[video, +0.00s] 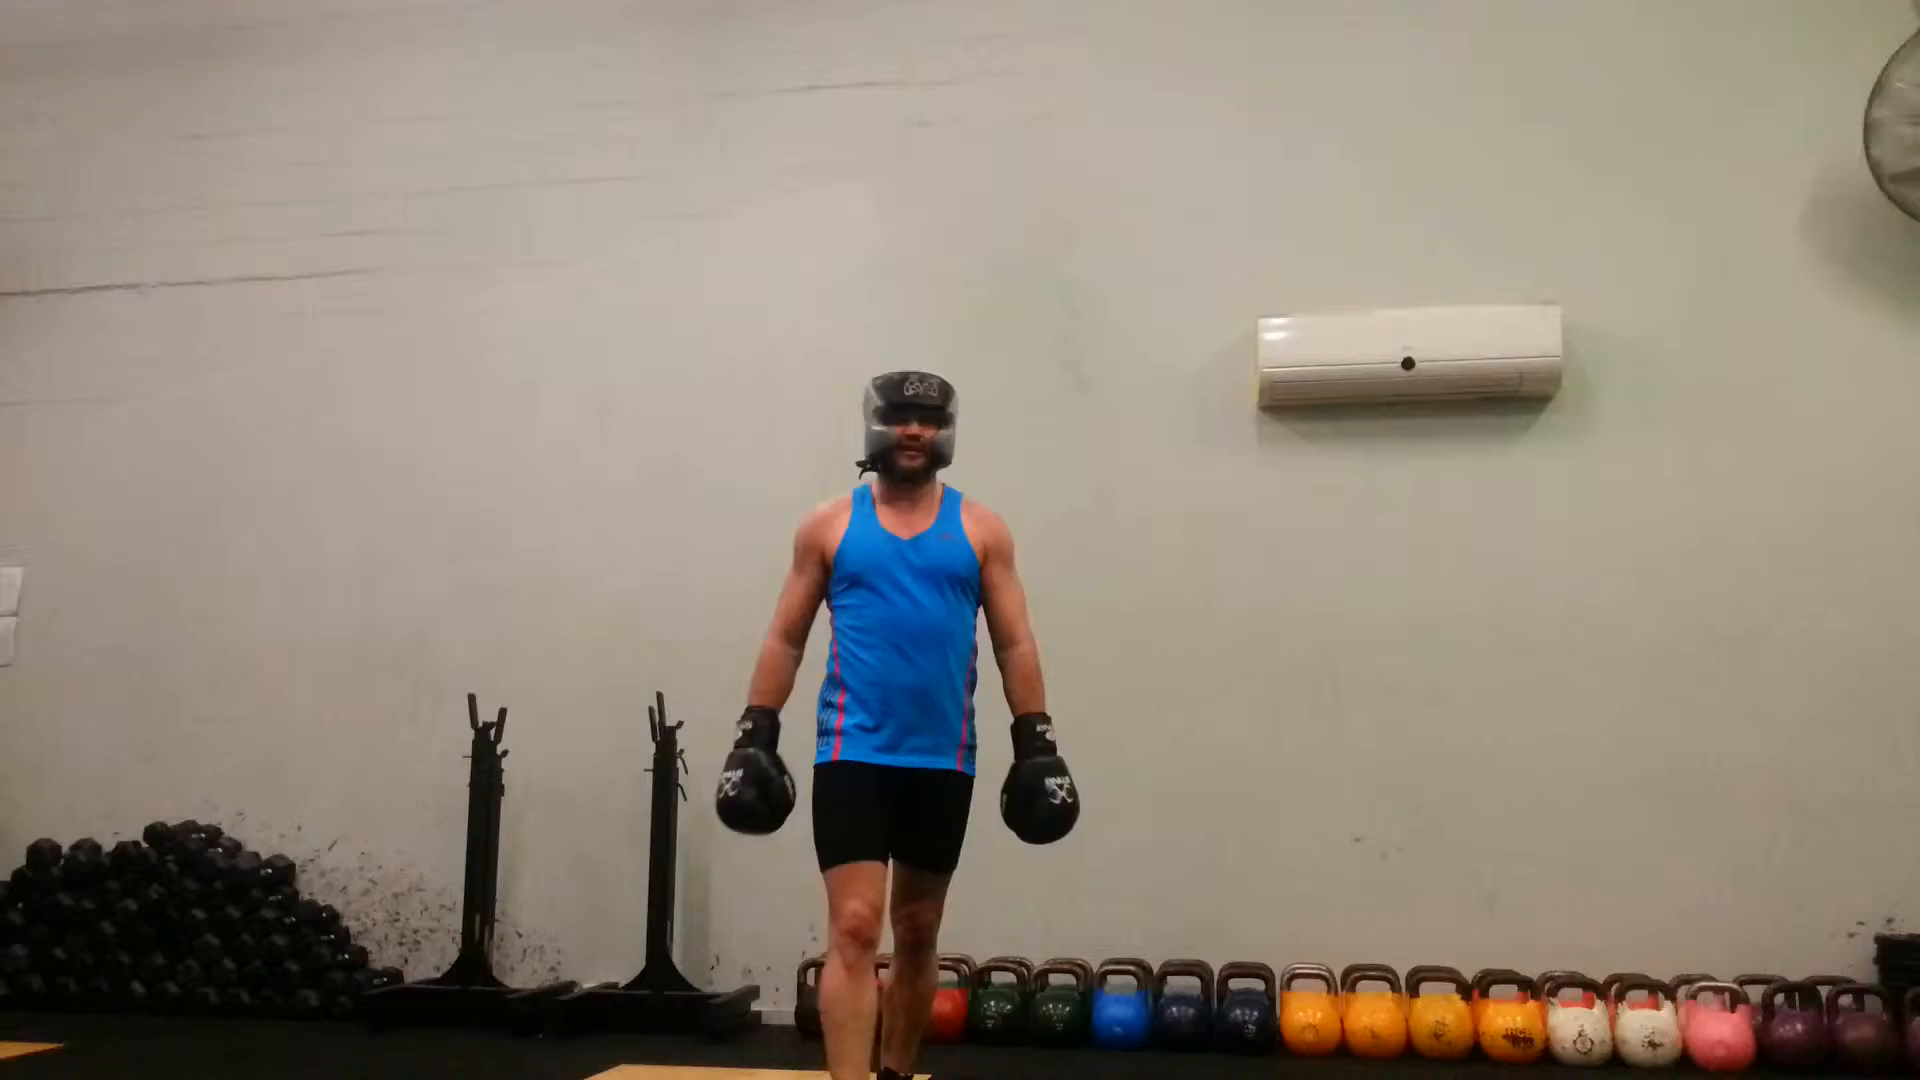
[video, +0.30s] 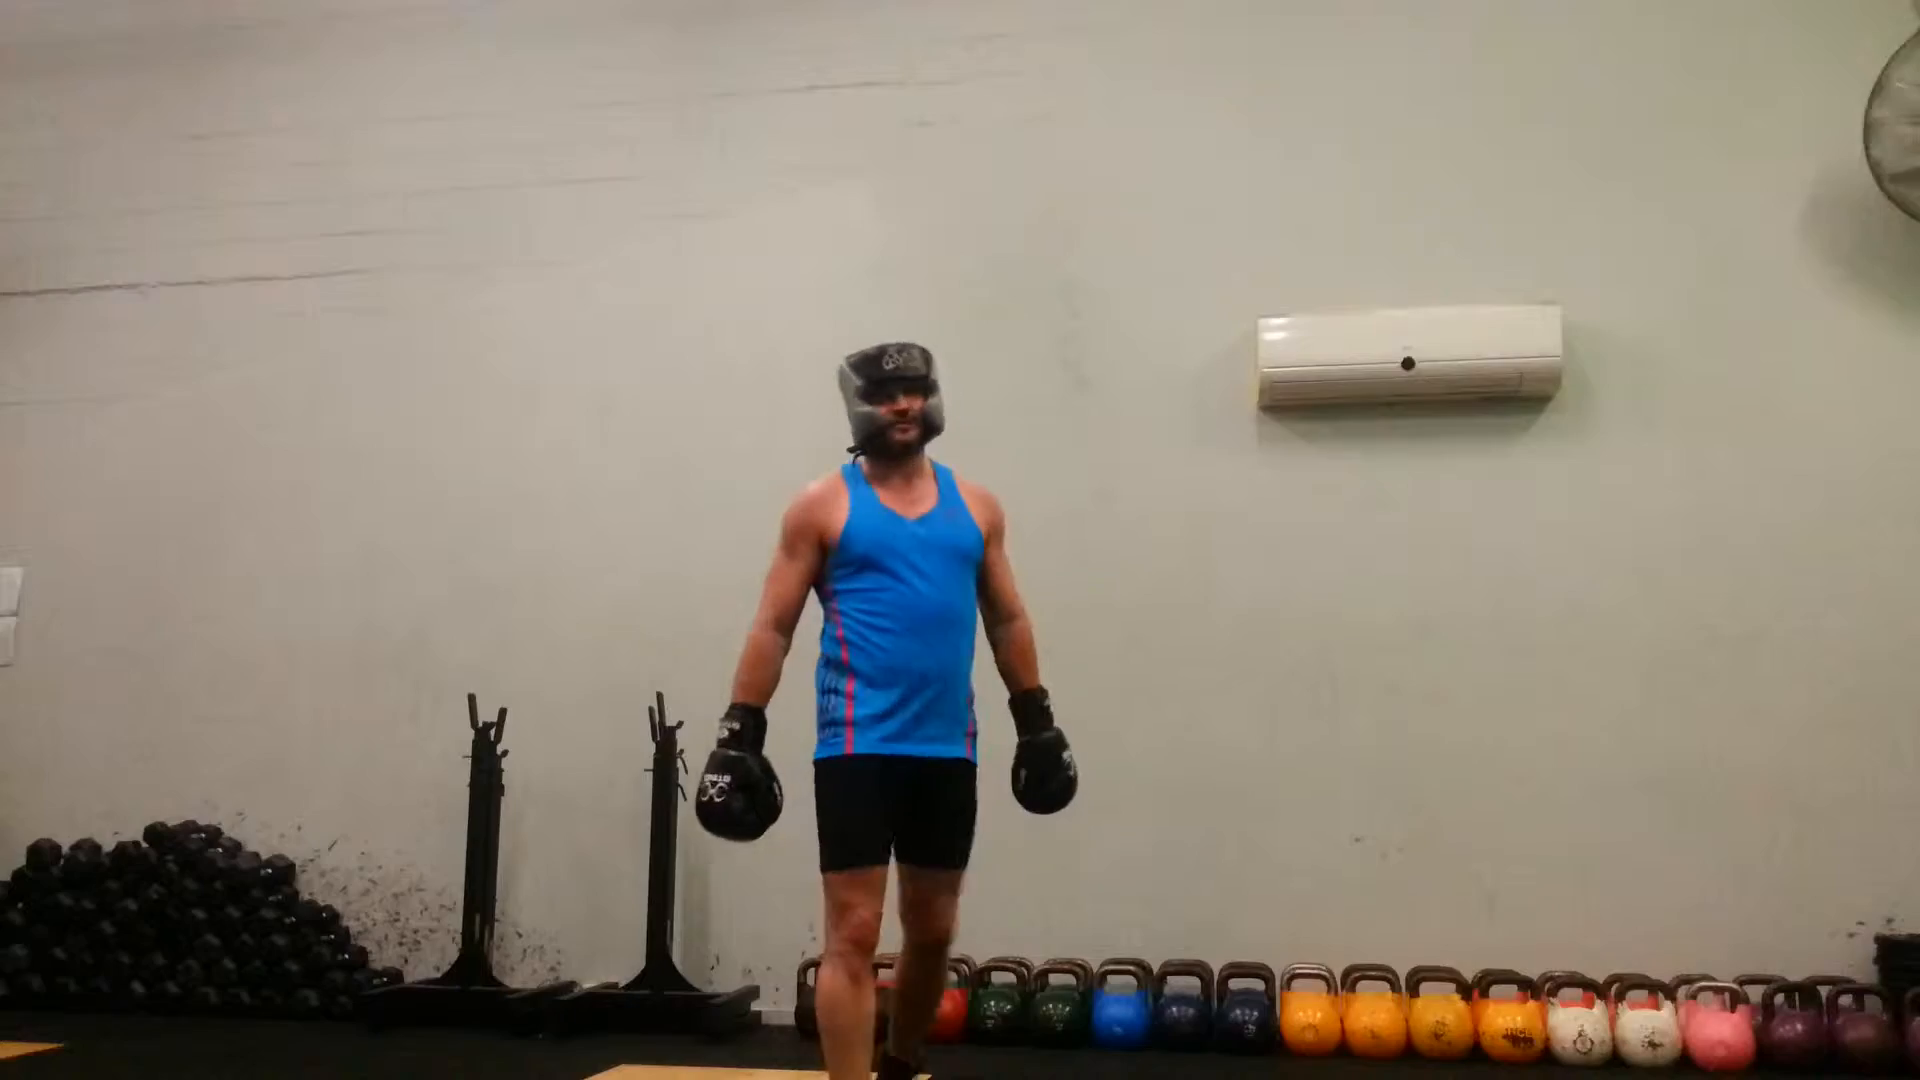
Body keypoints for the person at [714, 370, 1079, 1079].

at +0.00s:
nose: (914, 431)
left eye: (929, 420)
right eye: (900, 419)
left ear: (947, 434)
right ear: (874, 429)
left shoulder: (980, 528)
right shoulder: (828, 526)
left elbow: (1015, 643)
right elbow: (785, 638)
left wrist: (1036, 745)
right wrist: (756, 738)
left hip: (941, 759)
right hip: (852, 755)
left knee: (917, 931)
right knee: (856, 927)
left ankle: (896, 1074)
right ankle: (850, 1079)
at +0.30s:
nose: (904, 405)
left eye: (916, 392)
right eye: (887, 395)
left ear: (935, 404)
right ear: (858, 409)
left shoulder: (975, 506)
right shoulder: (822, 507)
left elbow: (1007, 620)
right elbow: (773, 627)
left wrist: (1037, 725)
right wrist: (739, 737)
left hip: (947, 749)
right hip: (856, 748)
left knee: (932, 929)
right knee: (854, 931)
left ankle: (899, 1070)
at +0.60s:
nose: (904, 393)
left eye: (915, 378)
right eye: (884, 382)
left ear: (931, 389)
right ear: (854, 395)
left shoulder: (965, 489)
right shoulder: (823, 492)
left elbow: (994, 606)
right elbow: (781, 609)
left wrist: (1036, 703)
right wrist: (764, 719)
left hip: (959, 742)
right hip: (866, 749)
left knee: (1002, 924)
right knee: (859, 940)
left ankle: (957, 1070)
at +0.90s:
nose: (940, 384)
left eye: (951, 369)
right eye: (918, 372)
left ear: (966, 380)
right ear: (885, 386)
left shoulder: (992, 485)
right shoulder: (853, 485)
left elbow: (1014, 609)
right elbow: (809, 611)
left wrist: (1040, 715)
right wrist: (830, 724)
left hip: (985, 744)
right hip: (887, 751)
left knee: (1035, 931)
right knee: (873, 944)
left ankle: (1070, 1079)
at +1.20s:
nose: (1014, 364)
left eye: (1027, 350)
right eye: (994, 350)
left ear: (1047, 368)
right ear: (961, 365)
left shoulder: (1072, 487)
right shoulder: (921, 474)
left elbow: (1092, 618)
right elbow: (870, 606)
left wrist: (1111, 735)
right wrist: (847, 736)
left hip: (1061, 750)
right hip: (954, 754)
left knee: (1074, 949)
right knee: (924, 951)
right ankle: (879, 1077)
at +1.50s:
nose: (1085, 360)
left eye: (1099, 343)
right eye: (1068, 342)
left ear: (1122, 362)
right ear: (1041, 357)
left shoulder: (1160, 486)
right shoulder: (996, 460)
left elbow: (1207, 623)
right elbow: (931, 586)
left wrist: (1253, 728)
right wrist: (897, 705)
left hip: (1136, 737)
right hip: (1035, 733)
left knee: (1117, 951)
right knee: (1046, 943)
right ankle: (969, 1073)